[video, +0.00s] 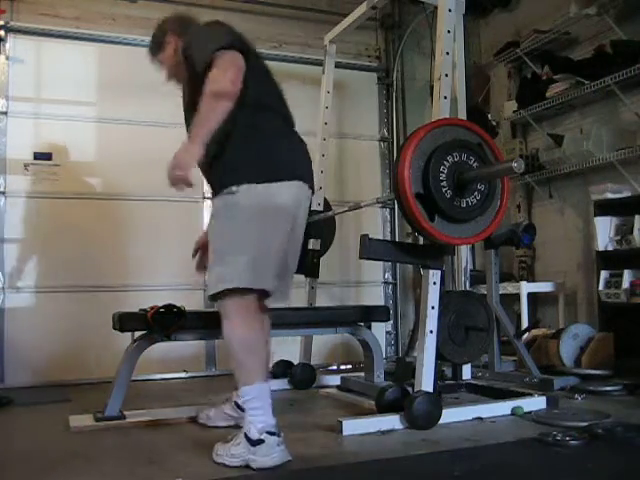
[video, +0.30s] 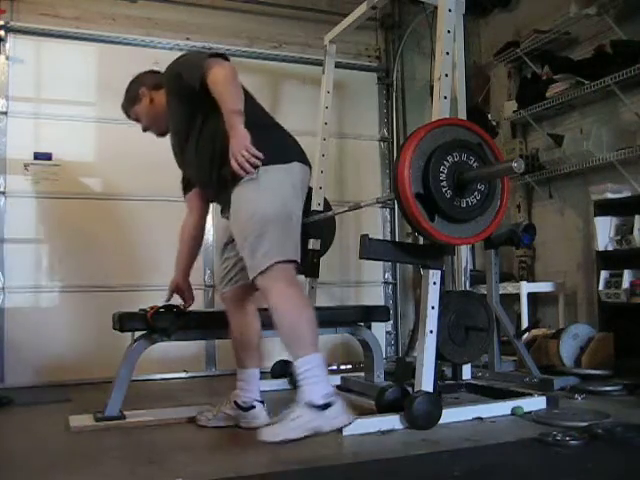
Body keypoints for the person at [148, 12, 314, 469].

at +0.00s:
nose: (166, 71)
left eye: (162, 60)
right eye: (161, 65)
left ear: (174, 41)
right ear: (175, 46)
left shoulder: (204, 35)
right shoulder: (210, 80)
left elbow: (228, 76)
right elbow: (242, 162)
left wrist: (193, 146)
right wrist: (216, 228)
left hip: (259, 180)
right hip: (277, 182)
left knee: (238, 299)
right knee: (247, 297)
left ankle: (262, 435)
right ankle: (248, 402)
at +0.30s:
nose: (143, 129)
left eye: (139, 119)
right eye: (138, 124)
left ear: (149, 94)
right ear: (154, 98)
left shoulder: (179, 70)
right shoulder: (184, 142)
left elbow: (222, 71)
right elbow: (196, 209)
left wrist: (236, 129)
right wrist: (181, 273)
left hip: (266, 167)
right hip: (236, 193)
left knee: (276, 276)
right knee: (235, 295)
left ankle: (320, 402)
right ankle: (248, 403)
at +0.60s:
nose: (135, 108)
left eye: (131, 98)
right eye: (130, 104)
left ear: (143, 75)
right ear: (147, 82)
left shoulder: (173, 62)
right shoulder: (175, 116)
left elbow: (204, 82)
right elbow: (201, 193)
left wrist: (191, 160)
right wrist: (167, 246)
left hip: (253, 168)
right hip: (230, 186)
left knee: (258, 276)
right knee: (232, 292)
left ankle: (325, 383)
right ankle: (246, 401)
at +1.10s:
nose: (121, 39)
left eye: (122, 27)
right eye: (118, 32)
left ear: (147, 12)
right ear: (151, 14)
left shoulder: (163, 48)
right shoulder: (185, 50)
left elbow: (148, 116)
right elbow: (170, 129)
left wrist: (112, 149)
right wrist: (118, 142)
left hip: (175, 197)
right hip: (202, 196)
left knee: (153, 301)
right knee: (206, 297)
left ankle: (122, 416)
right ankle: (244, 400)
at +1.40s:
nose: (101, 11)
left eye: (104, 3)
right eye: (101, 5)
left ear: (124, 2)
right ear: (139, 4)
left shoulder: (137, 33)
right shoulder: (154, 38)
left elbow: (101, 105)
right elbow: (132, 123)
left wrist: (53, 103)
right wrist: (79, 153)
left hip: (136, 187)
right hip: (142, 186)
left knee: (130, 294)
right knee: (114, 289)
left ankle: (119, 417)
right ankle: (188, 368)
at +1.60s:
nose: (90, 6)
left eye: (93, 0)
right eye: (91, 2)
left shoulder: (129, 34)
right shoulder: (131, 35)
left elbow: (69, 98)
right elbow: (112, 116)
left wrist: (31, 64)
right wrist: (62, 130)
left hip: (127, 186)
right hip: (107, 186)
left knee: (122, 295)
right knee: (90, 292)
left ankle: (121, 418)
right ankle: (94, 399)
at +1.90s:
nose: (79, 10)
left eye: (81, 4)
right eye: (80, 6)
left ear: (99, 0)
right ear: (123, 3)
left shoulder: (115, 33)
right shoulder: (126, 40)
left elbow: (57, 92)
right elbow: (107, 129)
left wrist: (26, 36)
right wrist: (52, 147)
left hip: (108, 188)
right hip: (90, 187)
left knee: (109, 293)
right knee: (68, 288)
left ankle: (119, 416)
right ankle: (35, 386)